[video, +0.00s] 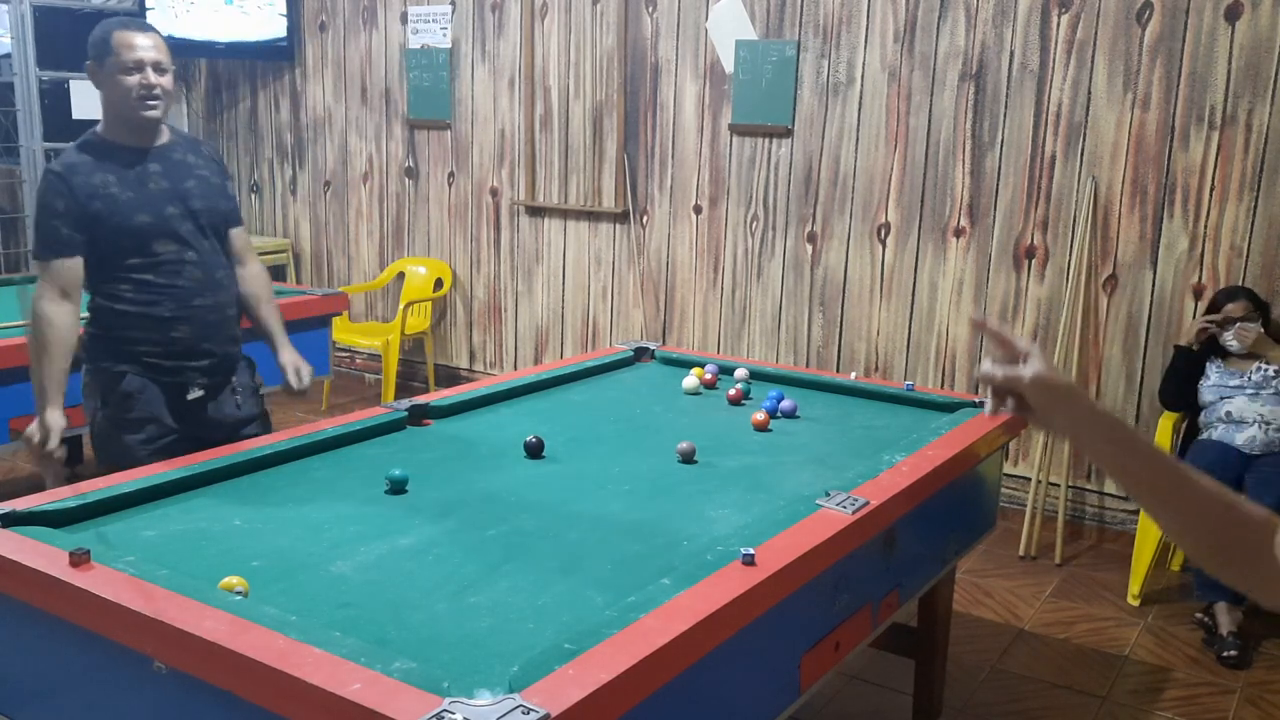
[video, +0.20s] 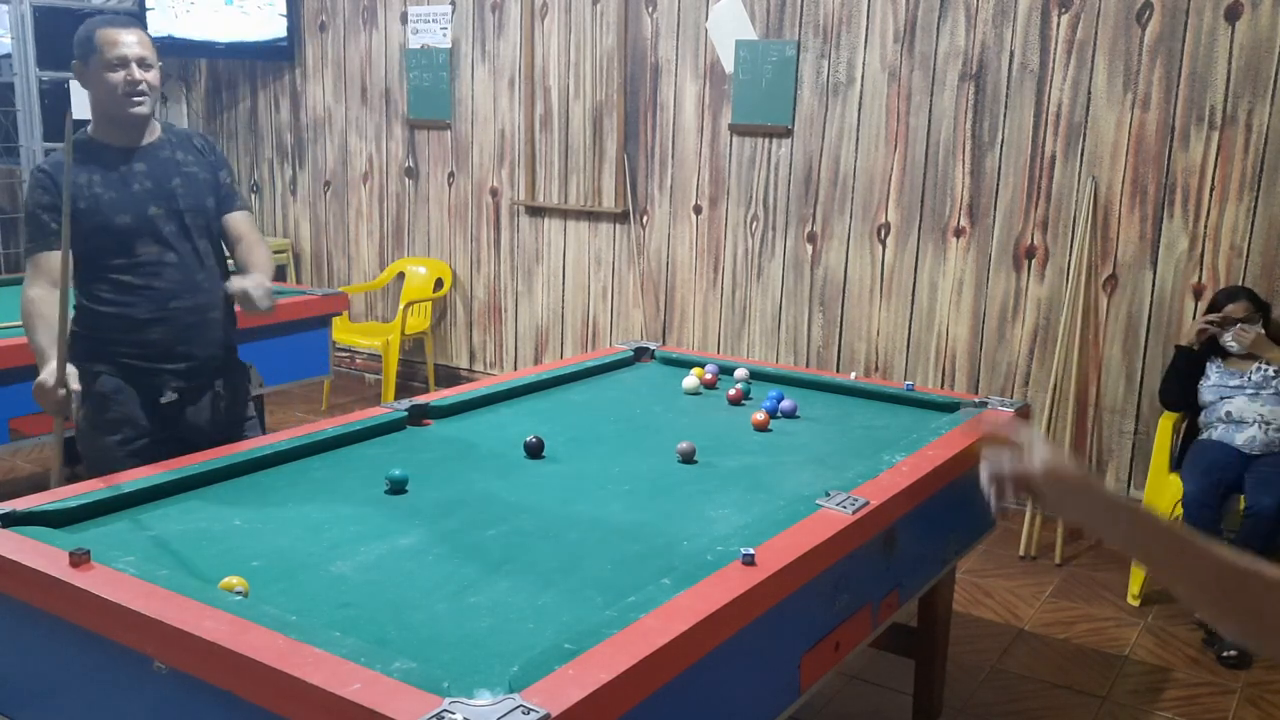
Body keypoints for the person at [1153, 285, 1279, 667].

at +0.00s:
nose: (1236, 330)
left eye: (1245, 321)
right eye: (1226, 323)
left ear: (1262, 322)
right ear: (1212, 326)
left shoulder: (1274, 358)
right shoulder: (1207, 362)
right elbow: (1171, 401)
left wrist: (1270, 350)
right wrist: (1191, 345)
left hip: (1272, 446)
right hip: (1219, 441)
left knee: (1261, 515)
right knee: (1206, 506)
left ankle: (1221, 604)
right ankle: (1225, 614)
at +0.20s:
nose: (1236, 330)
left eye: (1245, 322)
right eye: (1226, 323)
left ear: (1263, 323)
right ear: (1213, 326)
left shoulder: (1274, 359)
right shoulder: (1207, 361)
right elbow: (1171, 401)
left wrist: (1270, 351)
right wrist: (1191, 345)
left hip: (1272, 449)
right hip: (1218, 442)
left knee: (1267, 512)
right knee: (1198, 498)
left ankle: (1231, 614)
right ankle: (1214, 605)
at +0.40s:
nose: (1240, 332)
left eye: (1248, 322)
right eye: (1229, 325)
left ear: (1265, 322)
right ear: (1216, 329)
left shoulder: (1275, 356)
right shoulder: (1206, 360)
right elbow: (1171, 400)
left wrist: (1270, 352)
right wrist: (1192, 345)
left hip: (1272, 449)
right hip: (1218, 442)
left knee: (1268, 510)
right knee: (1198, 497)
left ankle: (1221, 604)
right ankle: (1222, 607)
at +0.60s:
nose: (1239, 329)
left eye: (1247, 321)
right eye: (1229, 322)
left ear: (1264, 322)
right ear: (1216, 326)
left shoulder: (1276, 358)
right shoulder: (1208, 361)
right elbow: (1170, 400)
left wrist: (1269, 348)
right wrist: (1193, 346)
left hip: (1272, 449)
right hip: (1219, 442)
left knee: (1267, 511)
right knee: (1197, 498)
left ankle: (1220, 604)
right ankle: (1225, 611)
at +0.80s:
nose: (1238, 327)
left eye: (1248, 318)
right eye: (1229, 320)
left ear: (1265, 321)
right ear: (1216, 324)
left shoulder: (1275, 359)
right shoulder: (1207, 360)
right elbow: (1170, 399)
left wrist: (1276, 343)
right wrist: (1192, 344)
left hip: (1271, 450)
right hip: (1218, 443)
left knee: (1268, 512)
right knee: (1197, 497)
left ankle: (1220, 604)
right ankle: (1224, 610)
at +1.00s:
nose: (1238, 325)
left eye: (1248, 317)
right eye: (1229, 318)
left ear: (1265, 321)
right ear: (1217, 323)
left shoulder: (1276, 358)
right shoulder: (1208, 359)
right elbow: (1171, 399)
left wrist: (1279, 338)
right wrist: (1193, 345)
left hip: (1272, 449)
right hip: (1219, 442)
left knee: (1268, 511)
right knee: (1197, 498)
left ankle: (1222, 604)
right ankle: (1225, 611)